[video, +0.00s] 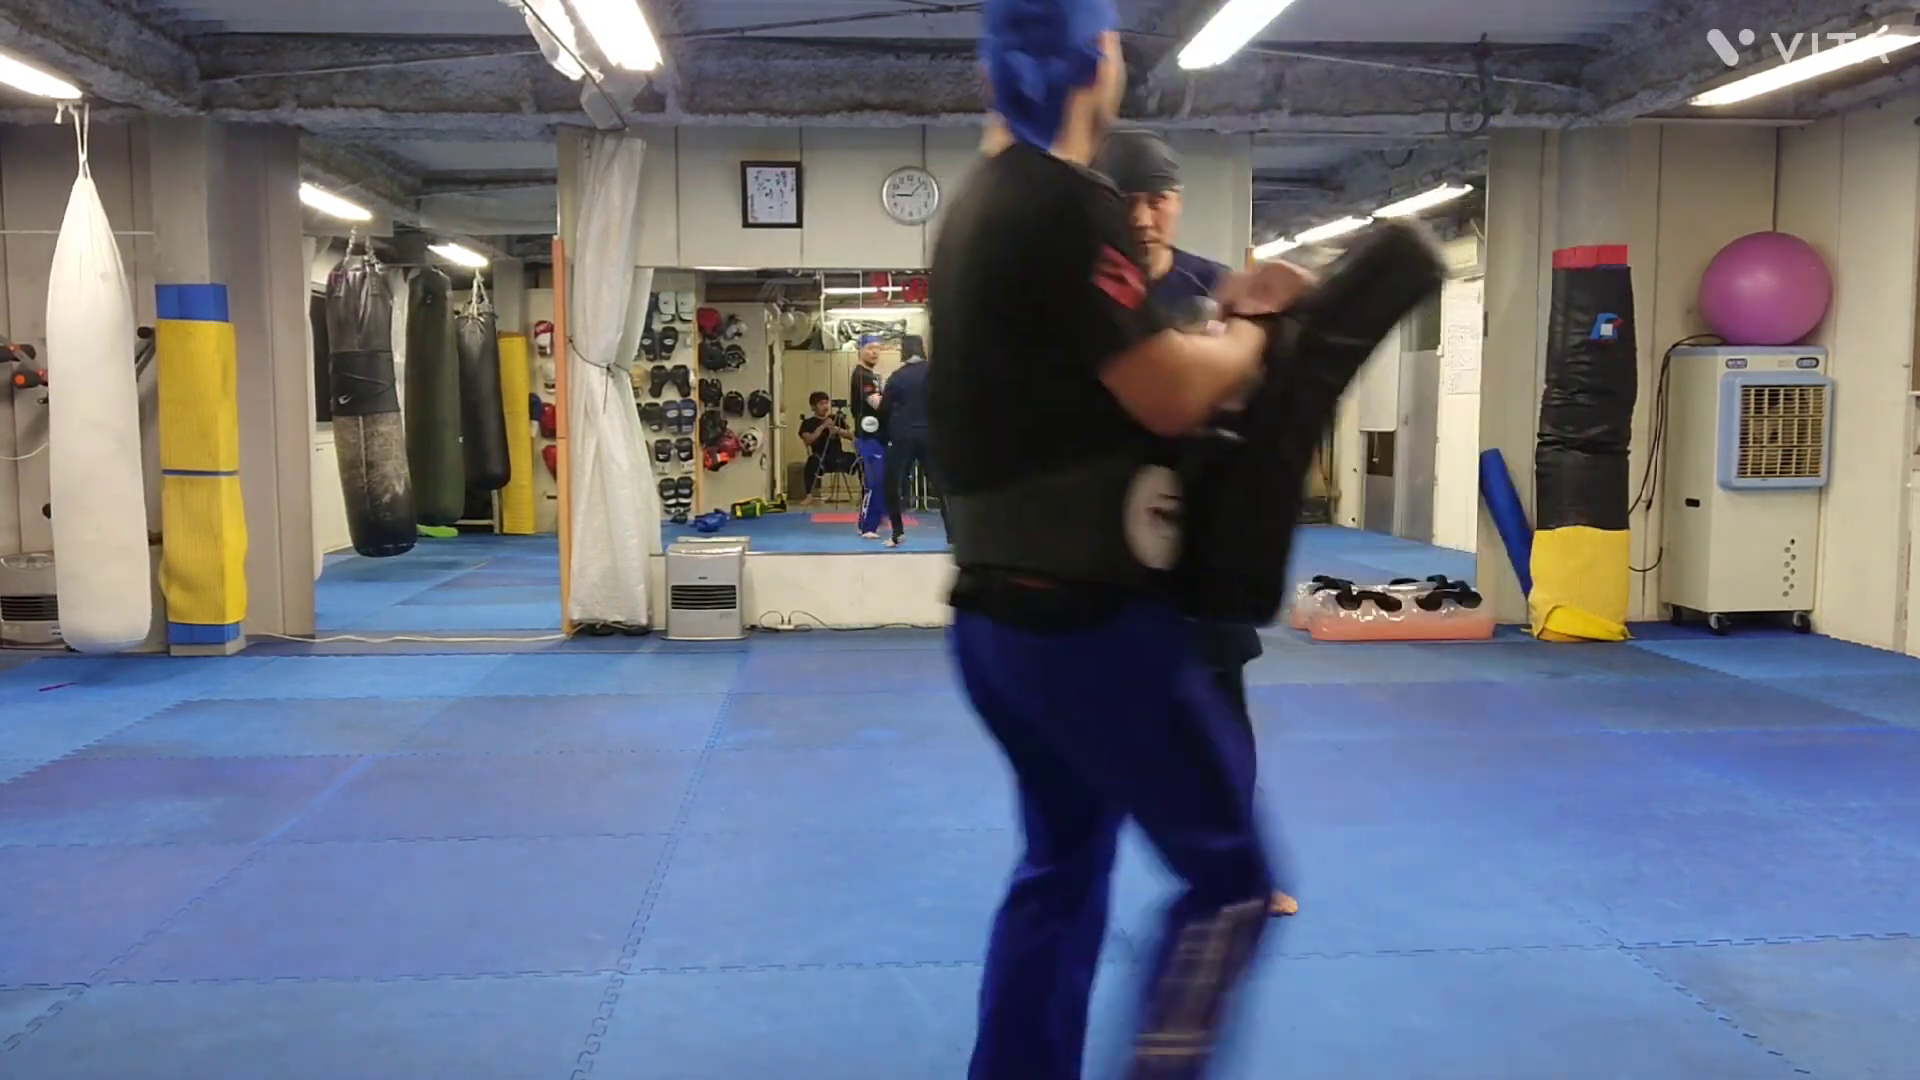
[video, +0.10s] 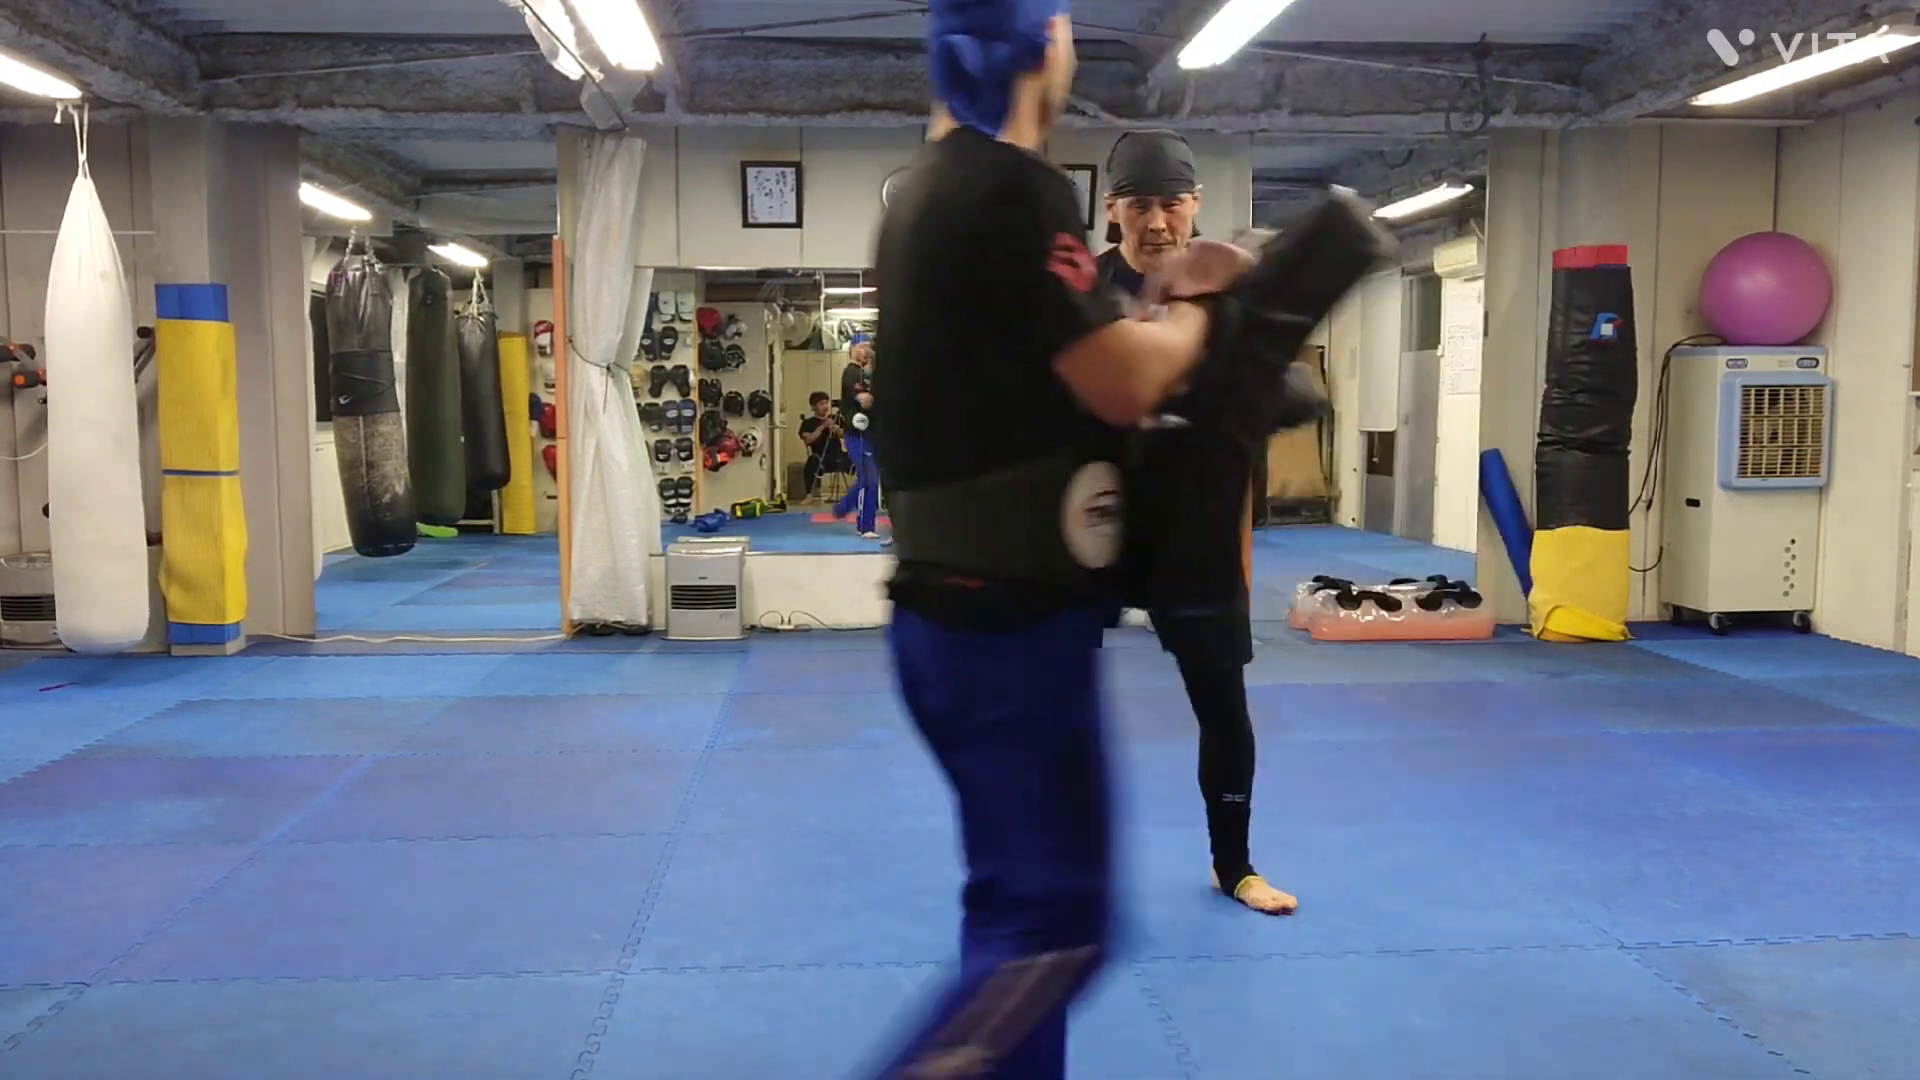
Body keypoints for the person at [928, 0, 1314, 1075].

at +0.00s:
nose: (1123, 62)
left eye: (1117, 44)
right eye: (1117, 44)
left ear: (1003, 70)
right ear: (1096, 60)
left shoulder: (979, 206)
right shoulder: (1060, 203)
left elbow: (1068, 380)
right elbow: (1170, 396)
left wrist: (1217, 320)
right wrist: (1245, 334)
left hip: (998, 617)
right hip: (1090, 623)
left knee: (1061, 877)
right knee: (1230, 878)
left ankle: (1018, 1072)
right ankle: (1162, 1063)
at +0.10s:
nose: (1072, 49)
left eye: (1066, 32)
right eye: (1065, 32)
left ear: (955, 59)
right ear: (1041, 48)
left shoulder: (927, 191)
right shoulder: (1009, 191)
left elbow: (1017, 377)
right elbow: (1126, 384)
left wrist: (1150, 307)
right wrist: (1192, 306)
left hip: (946, 607)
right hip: (1011, 618)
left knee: (1011, 904)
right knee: (1063, 923)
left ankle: (1017, 1069)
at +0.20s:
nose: (1025, 51)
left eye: (1018, 34)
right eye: (1017, 34)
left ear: (911, 63)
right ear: (992, 54)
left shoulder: (880, 192)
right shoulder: (961, 195)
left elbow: (953, 381)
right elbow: (1073, 401)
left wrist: (1084, 313)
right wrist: (1137, 316)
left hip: (899, 607)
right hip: (935, 618)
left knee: (1004, 862)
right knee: (879, 936)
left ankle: (1008, 1072)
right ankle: (744, 1077)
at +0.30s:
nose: (984, 58)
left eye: (979, 39)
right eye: (978, 38)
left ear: (868, 59)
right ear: (950, 55)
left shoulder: (832, 194)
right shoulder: (897, 205)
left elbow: (902, 406)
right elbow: (1008, 419)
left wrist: (1039, 340)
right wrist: (1087, 338)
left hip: (845, 637)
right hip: (860, 650)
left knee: (972, 853)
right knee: (804, 963)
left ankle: (981, 1072)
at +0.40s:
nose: (929, 43)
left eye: (924, 22)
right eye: (922, 20)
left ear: (803, 53)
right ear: (887, 40)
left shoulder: (783, 182)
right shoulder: (813, 191)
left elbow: (874, 381)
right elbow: (932, 405)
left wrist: (984, 309)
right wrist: (1011, 311)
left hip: (816, 627)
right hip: (806, 642)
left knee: (909, 822)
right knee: (793, 951)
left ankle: (874, 1062)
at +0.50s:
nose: (903, 41)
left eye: (901, 19)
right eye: (897, 16)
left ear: (802, 41)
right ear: (855, 34)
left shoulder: (782, 179)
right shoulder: (774, 184)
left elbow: (886, 377)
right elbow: (903, 399)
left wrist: (971, 294)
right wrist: (990, 283)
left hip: (812, 615)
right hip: (784, 629)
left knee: (873, 835)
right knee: (780, 920)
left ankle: (820, 1058)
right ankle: (710, 1078)